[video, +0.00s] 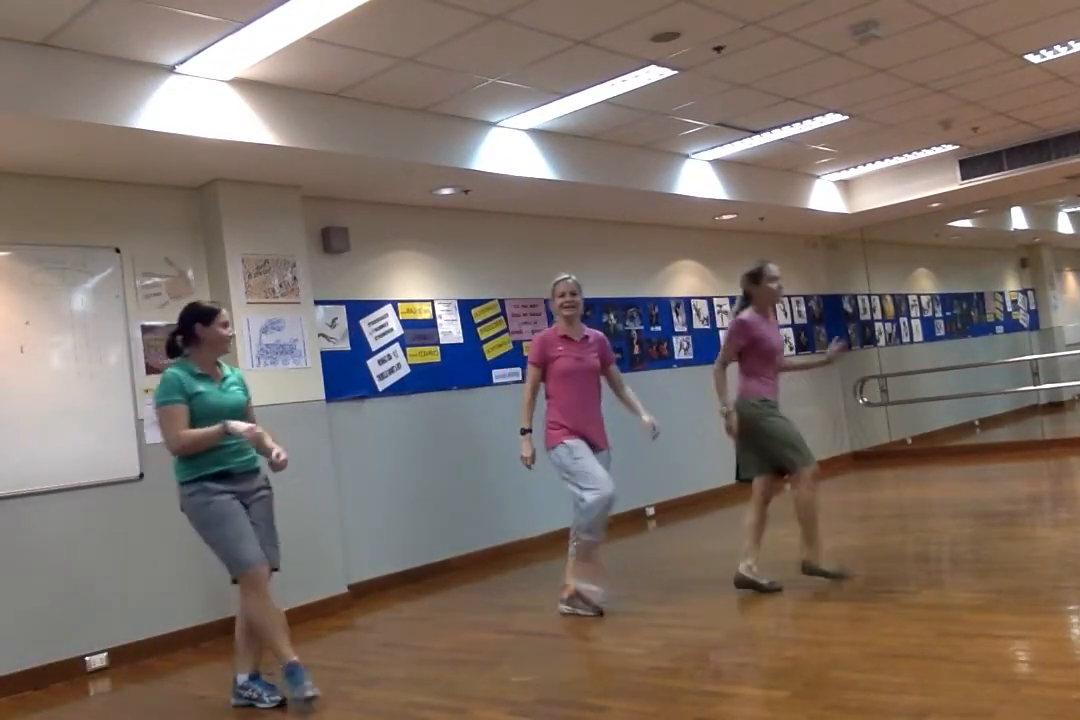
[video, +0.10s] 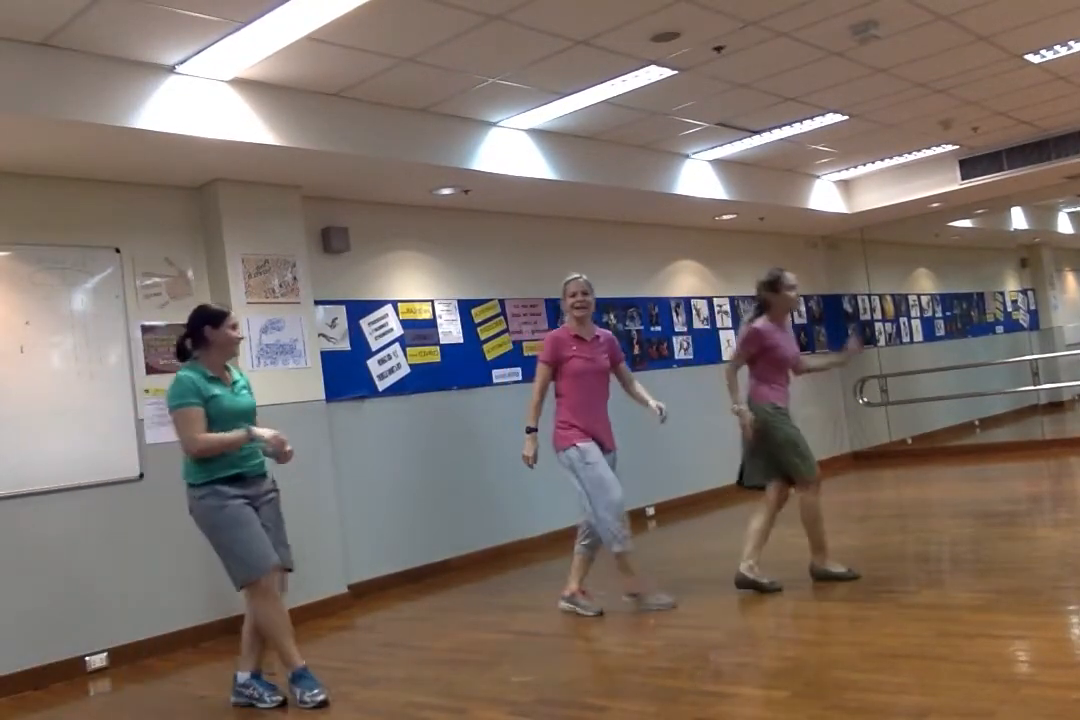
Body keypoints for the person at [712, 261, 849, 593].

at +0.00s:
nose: (780, 287)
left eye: (780, 281)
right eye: (773, 281)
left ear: (774, 287)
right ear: (753, 287)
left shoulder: (770, 321)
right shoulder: (743, 322)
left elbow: (779, 364)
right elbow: (720, 366)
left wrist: (825, 358)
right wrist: (725, 408)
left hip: (764, 407)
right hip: (753, 408)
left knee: (763, 489)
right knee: (805, 470)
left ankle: (747, 567)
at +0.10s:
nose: (797, 295)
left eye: (796, 290)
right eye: (791, 290)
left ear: (784, 296)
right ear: (772, 296)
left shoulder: (784, 330)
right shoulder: (758, 330)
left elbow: (800, 366)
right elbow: (731, 368)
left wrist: (843, 356)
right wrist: (738, 408)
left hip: (774, 411)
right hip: (767, 412)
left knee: (777, 491)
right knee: (809, 480)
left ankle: (748, 567)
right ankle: (821, 562)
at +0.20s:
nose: (816, 303)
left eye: (814, 298)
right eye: (810, 299)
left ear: (795, 305)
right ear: (791, 304)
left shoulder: (794, 336)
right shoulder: (771, 339)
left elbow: (794, 377)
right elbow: (752, 387)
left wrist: (826, 397)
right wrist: (771, 421)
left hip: (775, 413)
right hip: (768, 415)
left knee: (787, 494)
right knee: (813, 483)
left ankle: (750, 557)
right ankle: (821, 561)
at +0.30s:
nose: (829, 313)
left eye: (828, 307)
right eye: (824, 307)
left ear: (805, 311)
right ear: (807, 311)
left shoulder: (780, 336)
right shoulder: (787, 343)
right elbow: (777, 393)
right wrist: (814, 414)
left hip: (756, 416)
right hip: (764, 418)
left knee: (788, 490)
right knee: (812, 482)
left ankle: (744, 549)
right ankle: (821, 561)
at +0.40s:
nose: (830, 317)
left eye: (829, 311)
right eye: (827, 311)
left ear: (803, 314)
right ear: (812, 313)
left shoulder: (771, 330)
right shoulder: (794, 343)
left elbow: (737, 355)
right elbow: (796, 389)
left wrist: (715, 389)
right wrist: (840, 388)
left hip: (742, 414)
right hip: (756, 416)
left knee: (774, 484)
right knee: (802, 480)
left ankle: (734, 547)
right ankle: (820, 561)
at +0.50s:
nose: (824, 320)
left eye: (822, 314)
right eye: (819, 315)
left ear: (798, 317)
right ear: (804, 320)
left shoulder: (766, 326)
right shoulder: (791, 346)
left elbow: (721, 336)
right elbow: (802, 382)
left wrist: (692, 361)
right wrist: (838, 367)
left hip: (731, 414)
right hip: (745, 419)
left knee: (751, 486)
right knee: (786, 484)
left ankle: (727, 553)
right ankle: (819, 560)